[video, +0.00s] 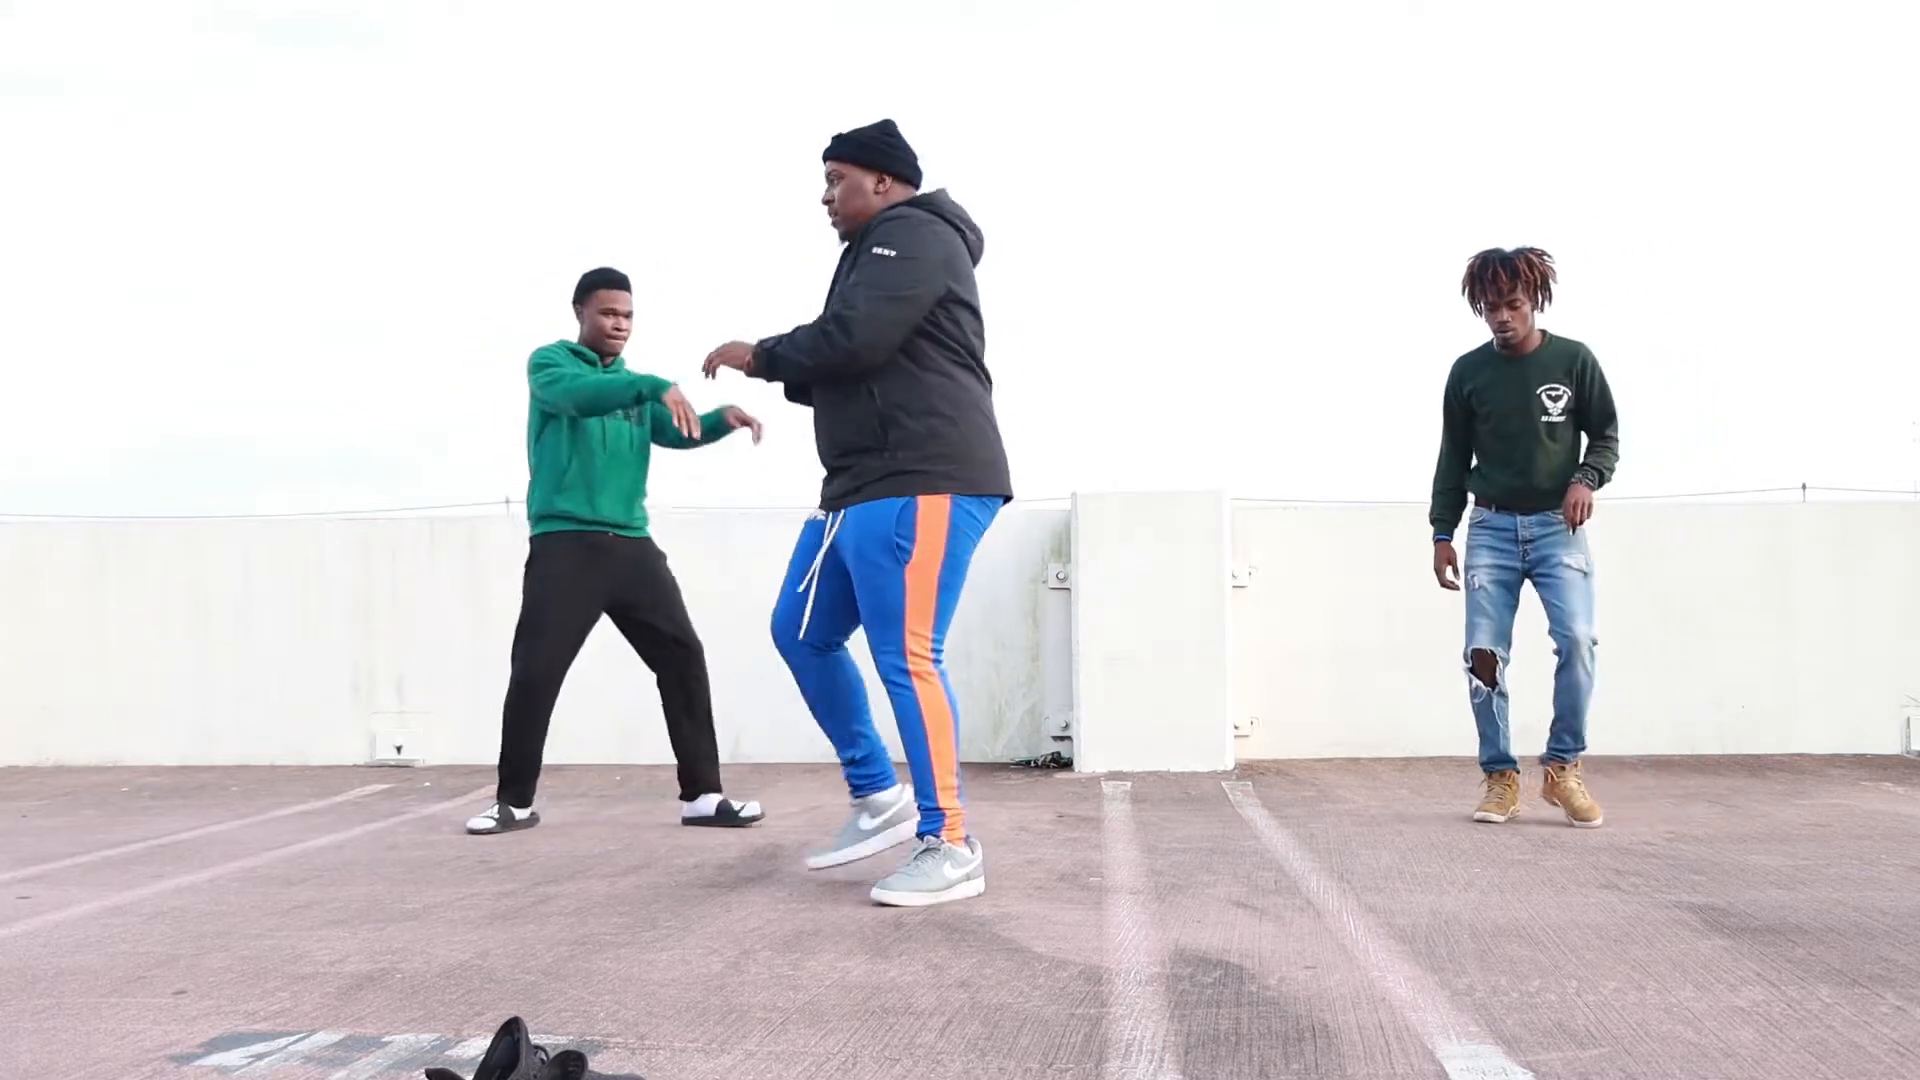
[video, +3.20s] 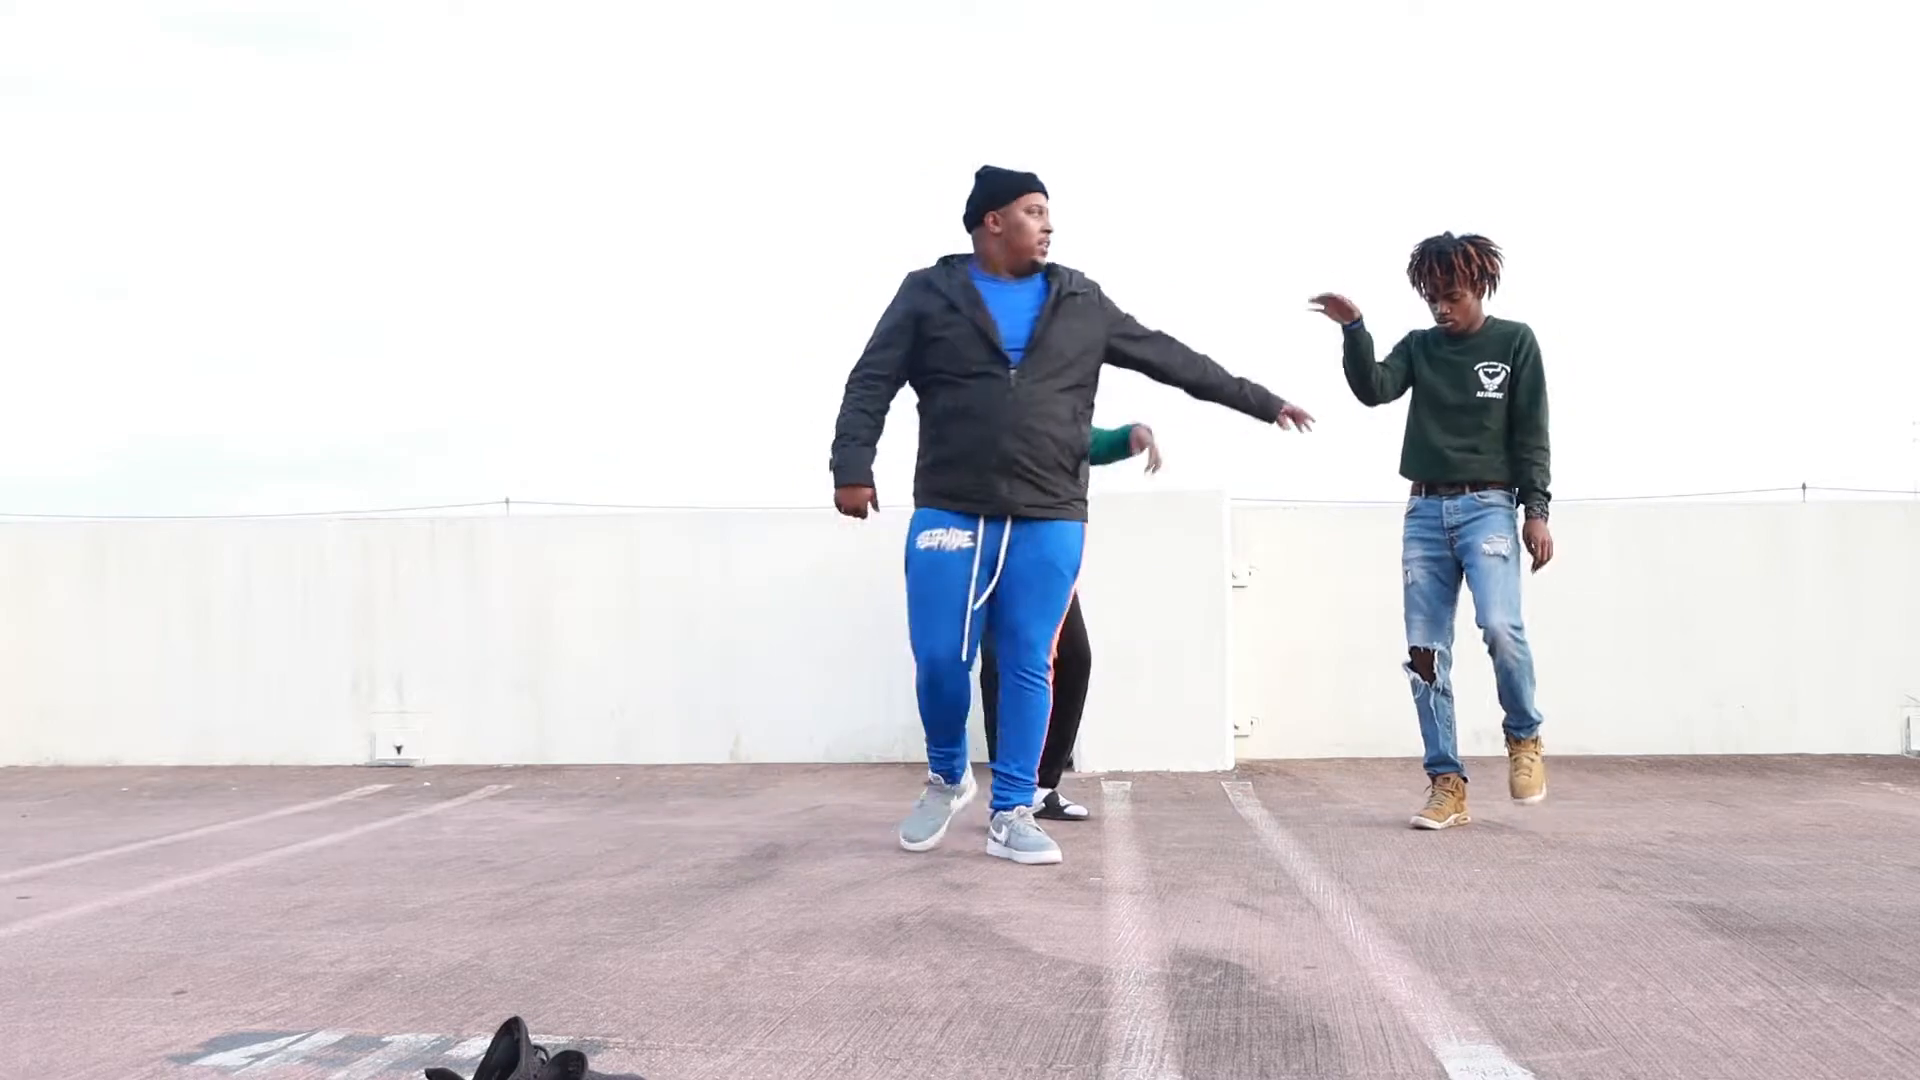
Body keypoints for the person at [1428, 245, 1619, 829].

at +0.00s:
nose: (1500, 317)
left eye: (1510, 304)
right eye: (1489, 308)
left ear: (1536, 300)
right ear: (1479, 309)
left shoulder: (1574, 360)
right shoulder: (1467, 372)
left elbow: (1605, 435)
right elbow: (1453, 459)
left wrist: (1586, 479)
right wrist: (1443, 534)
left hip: (1559, 527)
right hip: (1490, 529)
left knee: (1578, 638)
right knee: (1482, 654)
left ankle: (1563, 768)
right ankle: (1499, 778)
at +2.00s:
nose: (1465, 316)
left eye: (1474, 303)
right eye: (1457, 306)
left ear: (1507, 291)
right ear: (1452, 303)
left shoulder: (1550, 341)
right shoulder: (1458, 361)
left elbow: (1560, 428)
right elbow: (1451, 442)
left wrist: (1509, 454)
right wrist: (1429, 501)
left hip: (1538, 518)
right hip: (1478, 523)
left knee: (1542, 650)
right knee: (1480, 655)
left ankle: (1567, 784)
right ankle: (1502, 778)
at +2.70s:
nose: (1470, 307)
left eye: (1479, 294)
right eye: (1462, 296)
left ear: (1514, 285)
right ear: (1458, 293)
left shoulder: (1551, 324)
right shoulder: (1468, 354)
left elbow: (1546, 403)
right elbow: (1456, 444)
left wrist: (1486, 396)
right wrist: (1407, 429)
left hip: (1551, 512)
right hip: (1489, 514)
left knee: (1560, 657)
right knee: (1460, 649)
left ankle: (1571, 788)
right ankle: (1454, 783)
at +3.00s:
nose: (1448, 307)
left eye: (1458, 295)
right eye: (1440, 296)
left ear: (1488, 285)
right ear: (1433, 291)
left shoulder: (1523, 333)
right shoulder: (1427, 347)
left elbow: (1538, 416)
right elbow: (1395, 417)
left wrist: (1512, 447)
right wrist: (1359, 369)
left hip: (1504, 509)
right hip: (1441, 513)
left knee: (1518, 640)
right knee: (1436, 650)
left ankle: (1551, 767)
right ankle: (1447, 784)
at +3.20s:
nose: (1441, 311)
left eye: (1451, 298)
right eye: (1433, 300)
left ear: (1481, 287)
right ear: (1426, 295)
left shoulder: (1515, 341)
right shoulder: (1419, 345)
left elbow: (1531, 432)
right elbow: (1372, 389)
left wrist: (1536, 511)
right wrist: (1354, 327)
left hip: (1488, 507)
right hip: (1424, 511)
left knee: (1499, 626)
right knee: (1424, 652)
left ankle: (1522, 738)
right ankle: (1446, 784)